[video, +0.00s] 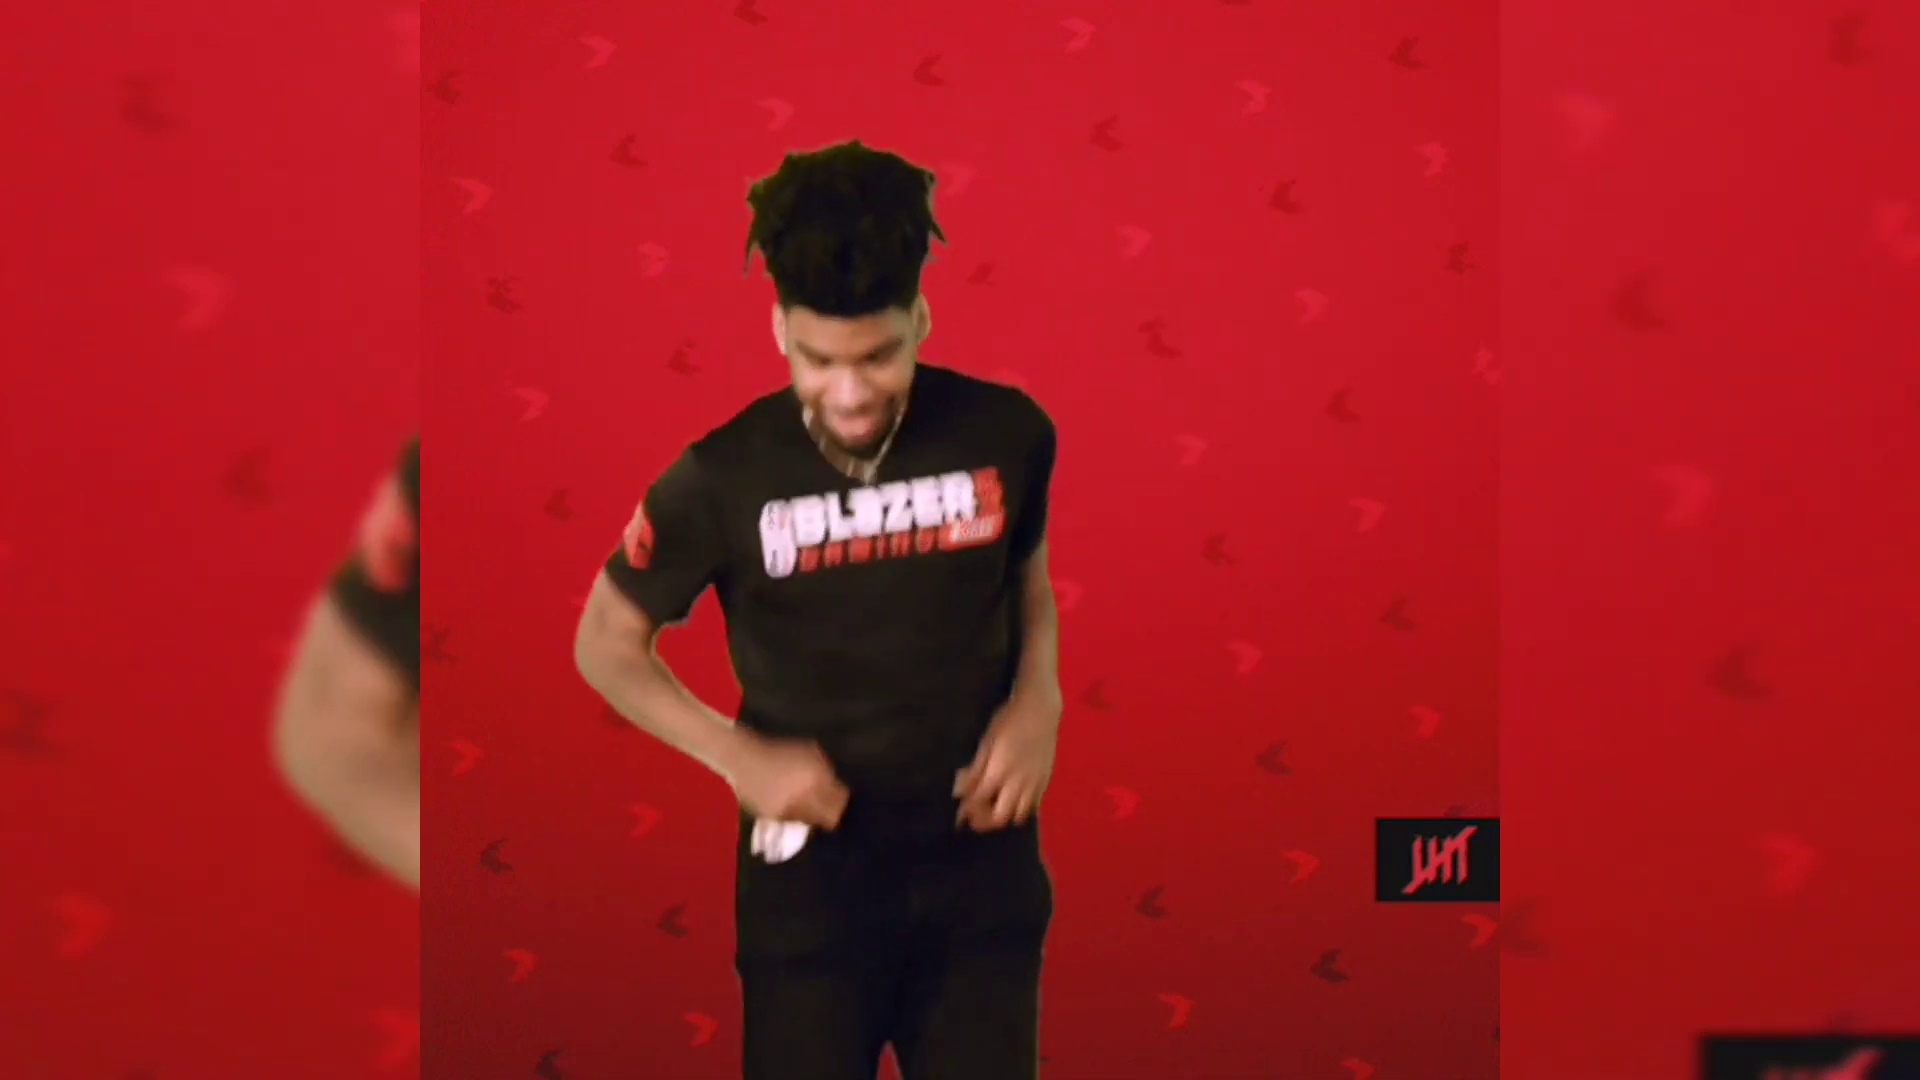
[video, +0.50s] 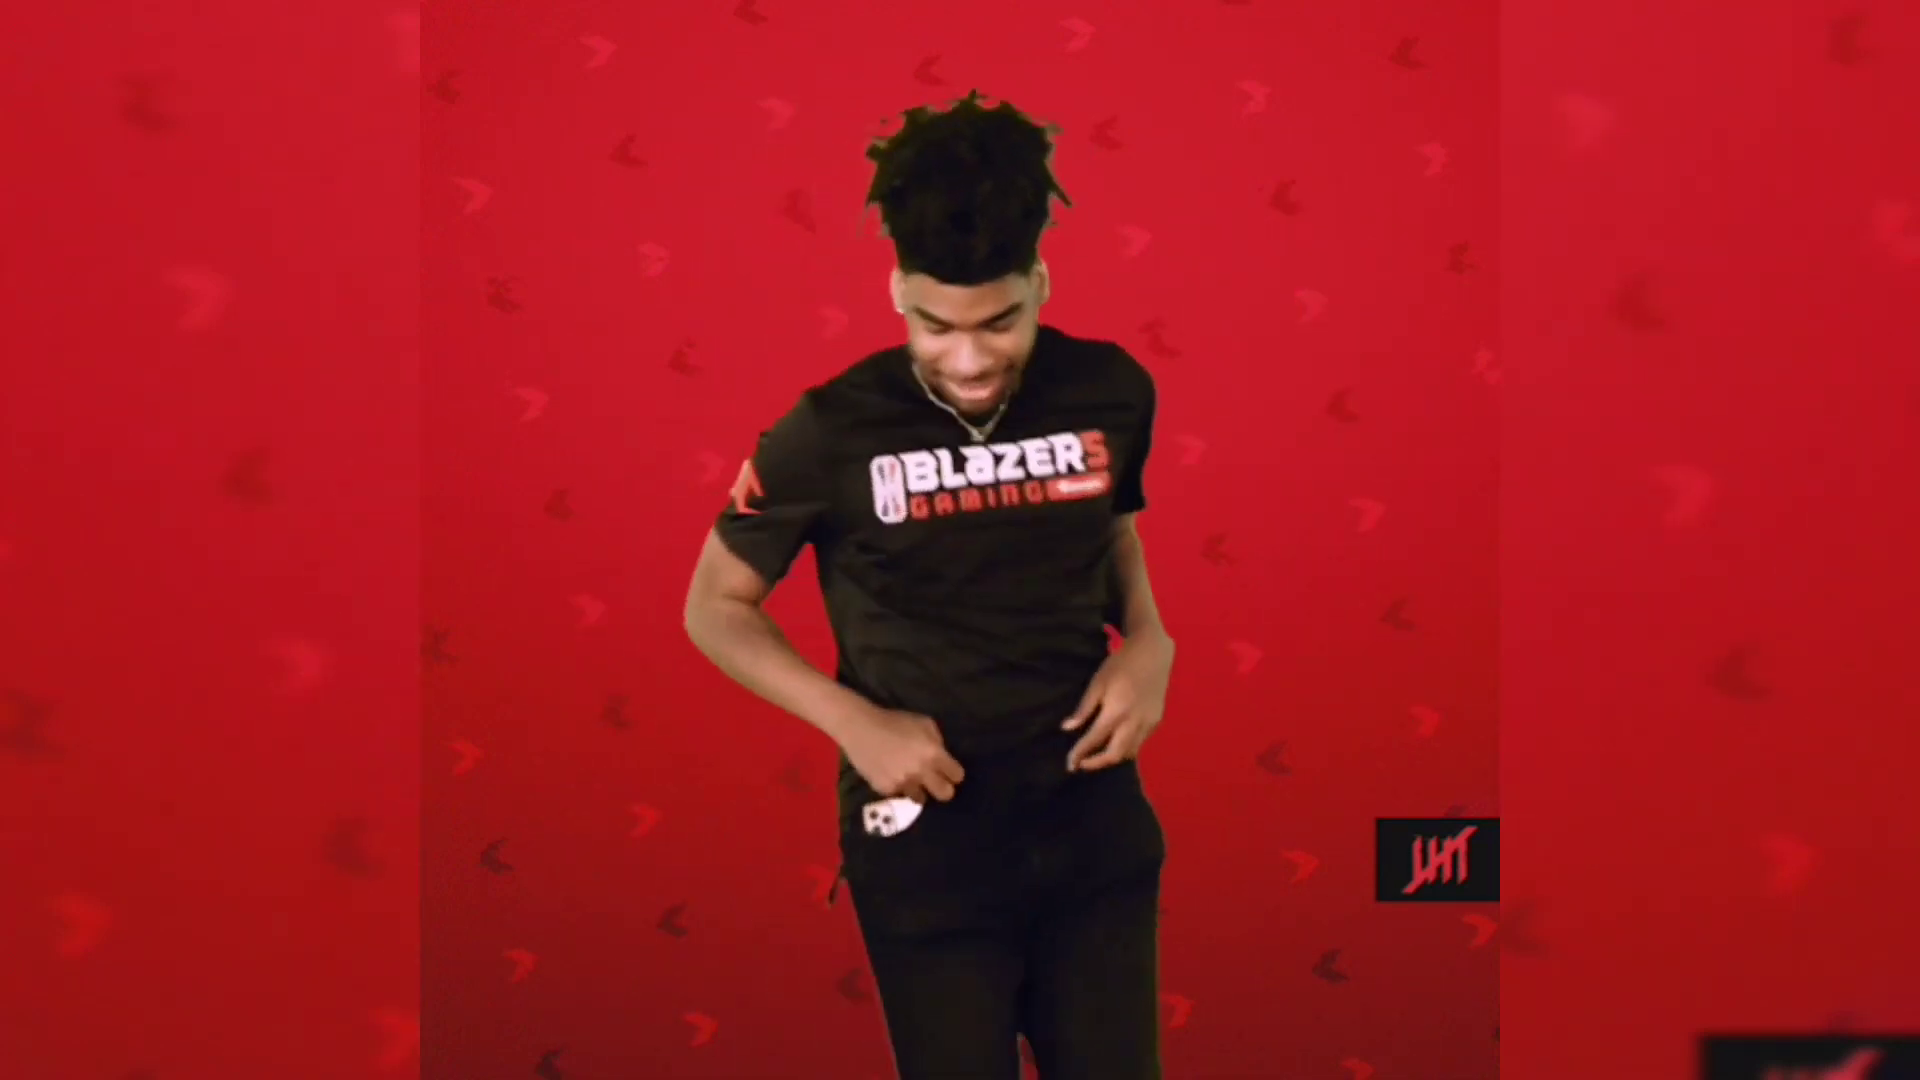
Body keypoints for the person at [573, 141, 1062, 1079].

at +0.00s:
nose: (850, 390)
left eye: (877, 356)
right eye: (818, 358)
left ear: (922, 318)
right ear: (779, 324)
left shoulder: (1008, 438)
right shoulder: (720, 483)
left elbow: (1028, 582)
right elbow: (605, 643)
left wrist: (1037, 703)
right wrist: (740, 757)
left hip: (981, 873)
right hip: (810, 883)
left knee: (986, 1062)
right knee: (805, 1063)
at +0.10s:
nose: (856, 343)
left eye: (886, 308)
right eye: (824, 312)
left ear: (930, 263)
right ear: (786, 273)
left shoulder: (1015, 365)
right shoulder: (733, 418)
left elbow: (1033, 490)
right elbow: (612, 577)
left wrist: (1056, 616)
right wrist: (758, 689)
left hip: (998, 799)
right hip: (828, 812)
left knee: (1008, 1063)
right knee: (836, 1064)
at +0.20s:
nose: (868, 340)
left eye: (899, 304)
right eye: (836, 307)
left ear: (945, 257)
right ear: (800, 267)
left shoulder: (1025, 355)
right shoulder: (746, 413)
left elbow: (1037, 486)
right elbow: (626, 575)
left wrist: (1069, 611)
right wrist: (774, 688)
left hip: (1011, 792)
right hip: (846, 807)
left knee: (1028, 1060)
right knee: (870, 1063)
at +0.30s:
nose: (894, 387)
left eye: (925, 353)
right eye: (860, 355)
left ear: (971, 311)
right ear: (827, 315)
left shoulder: (1043, 424)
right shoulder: (773, 481)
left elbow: (1045, 563)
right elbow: (660, 663)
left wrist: (1091, 688)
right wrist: (818, 780)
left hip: (1041, 883)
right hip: (872, 905)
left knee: (1071, 1062)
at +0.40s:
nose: (917, 387)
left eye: (948, 352)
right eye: (883, 354)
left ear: (993, 311)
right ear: (849, 315)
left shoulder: (1065, 426)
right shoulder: (797, 482)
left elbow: (1064, 571)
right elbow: (683, 661)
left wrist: (1112, 688)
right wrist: (837, 774)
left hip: (1057, 878)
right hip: (886, 898)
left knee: (1098, 1062)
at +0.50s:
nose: (969, 357)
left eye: (999, 322)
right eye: (935, 324)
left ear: (1041, 280)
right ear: (897, 285)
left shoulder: (1108, 396)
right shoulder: (829, 437)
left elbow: (1114, 526)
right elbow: (715, 606)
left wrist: (1148, 642)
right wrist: (855, 723)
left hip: (1091, 834)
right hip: (924, 849)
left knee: (1115, 1062)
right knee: (959, 1063)